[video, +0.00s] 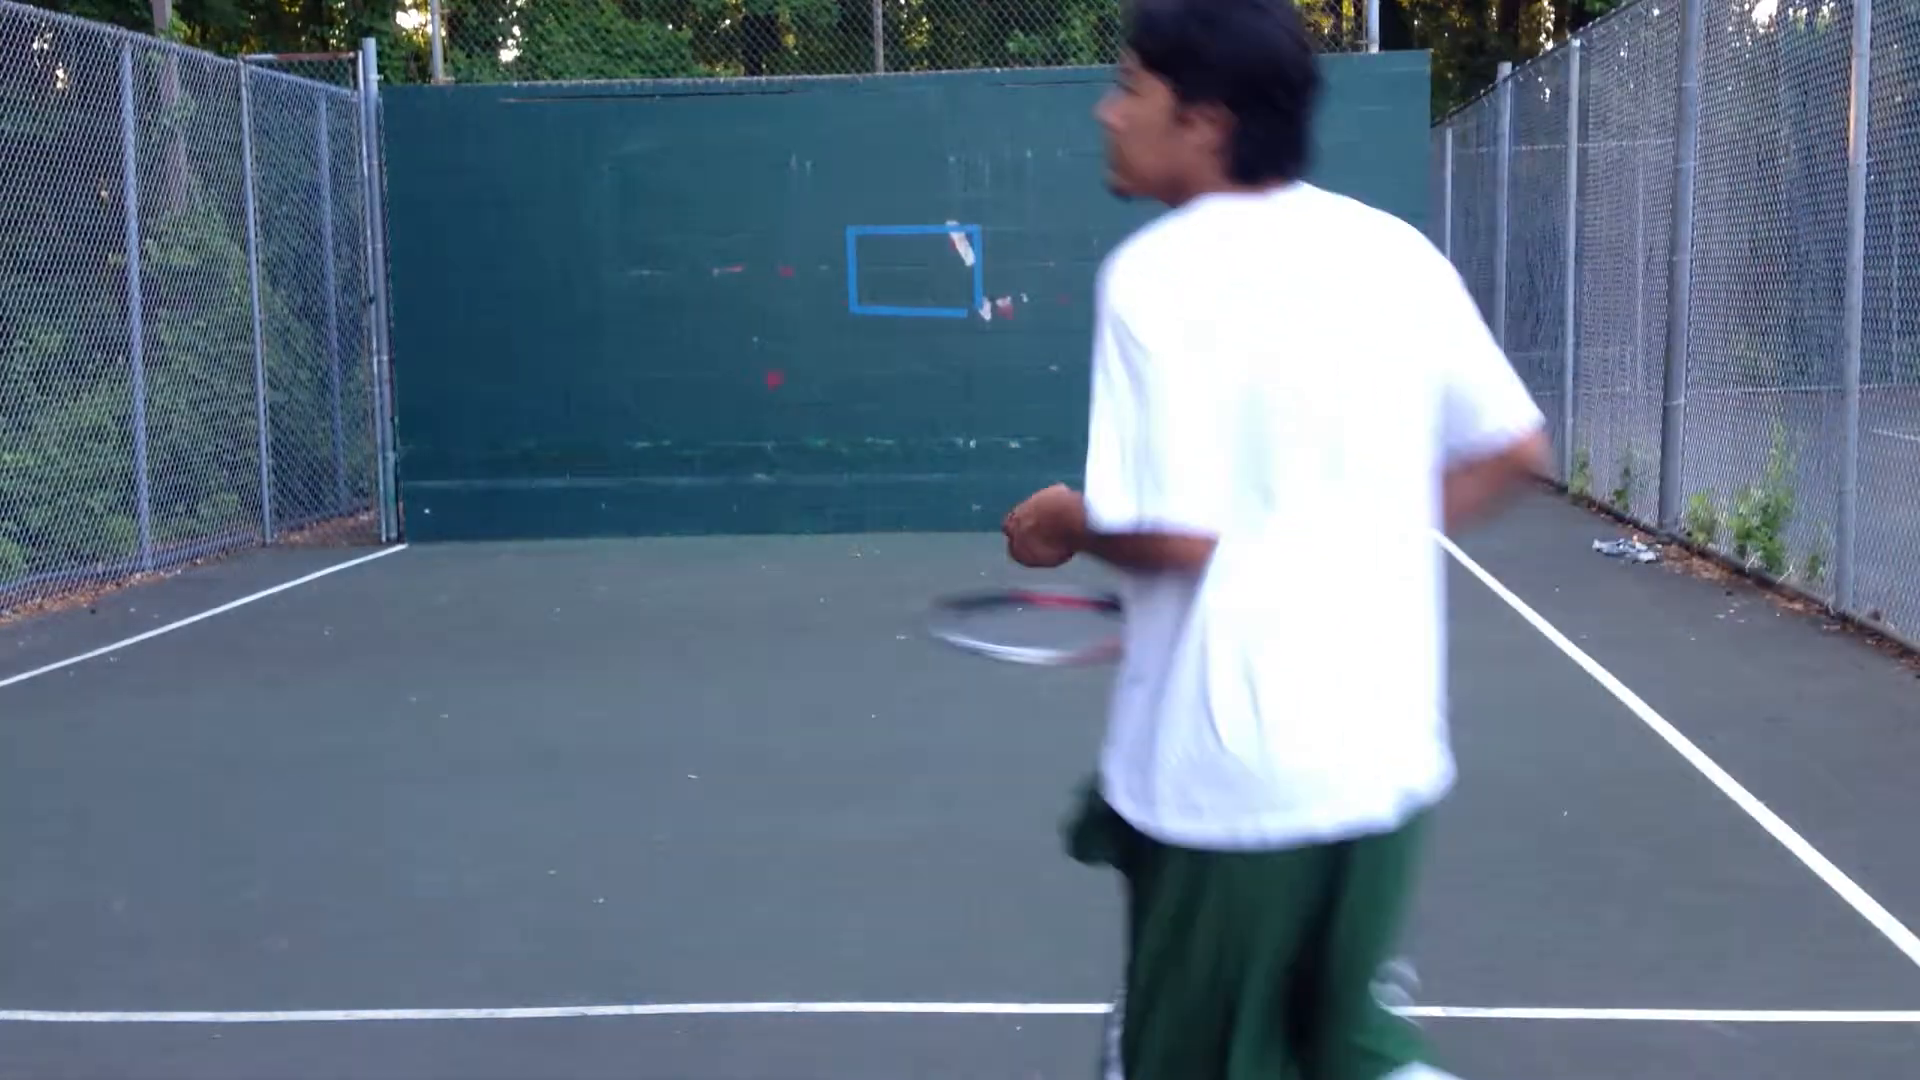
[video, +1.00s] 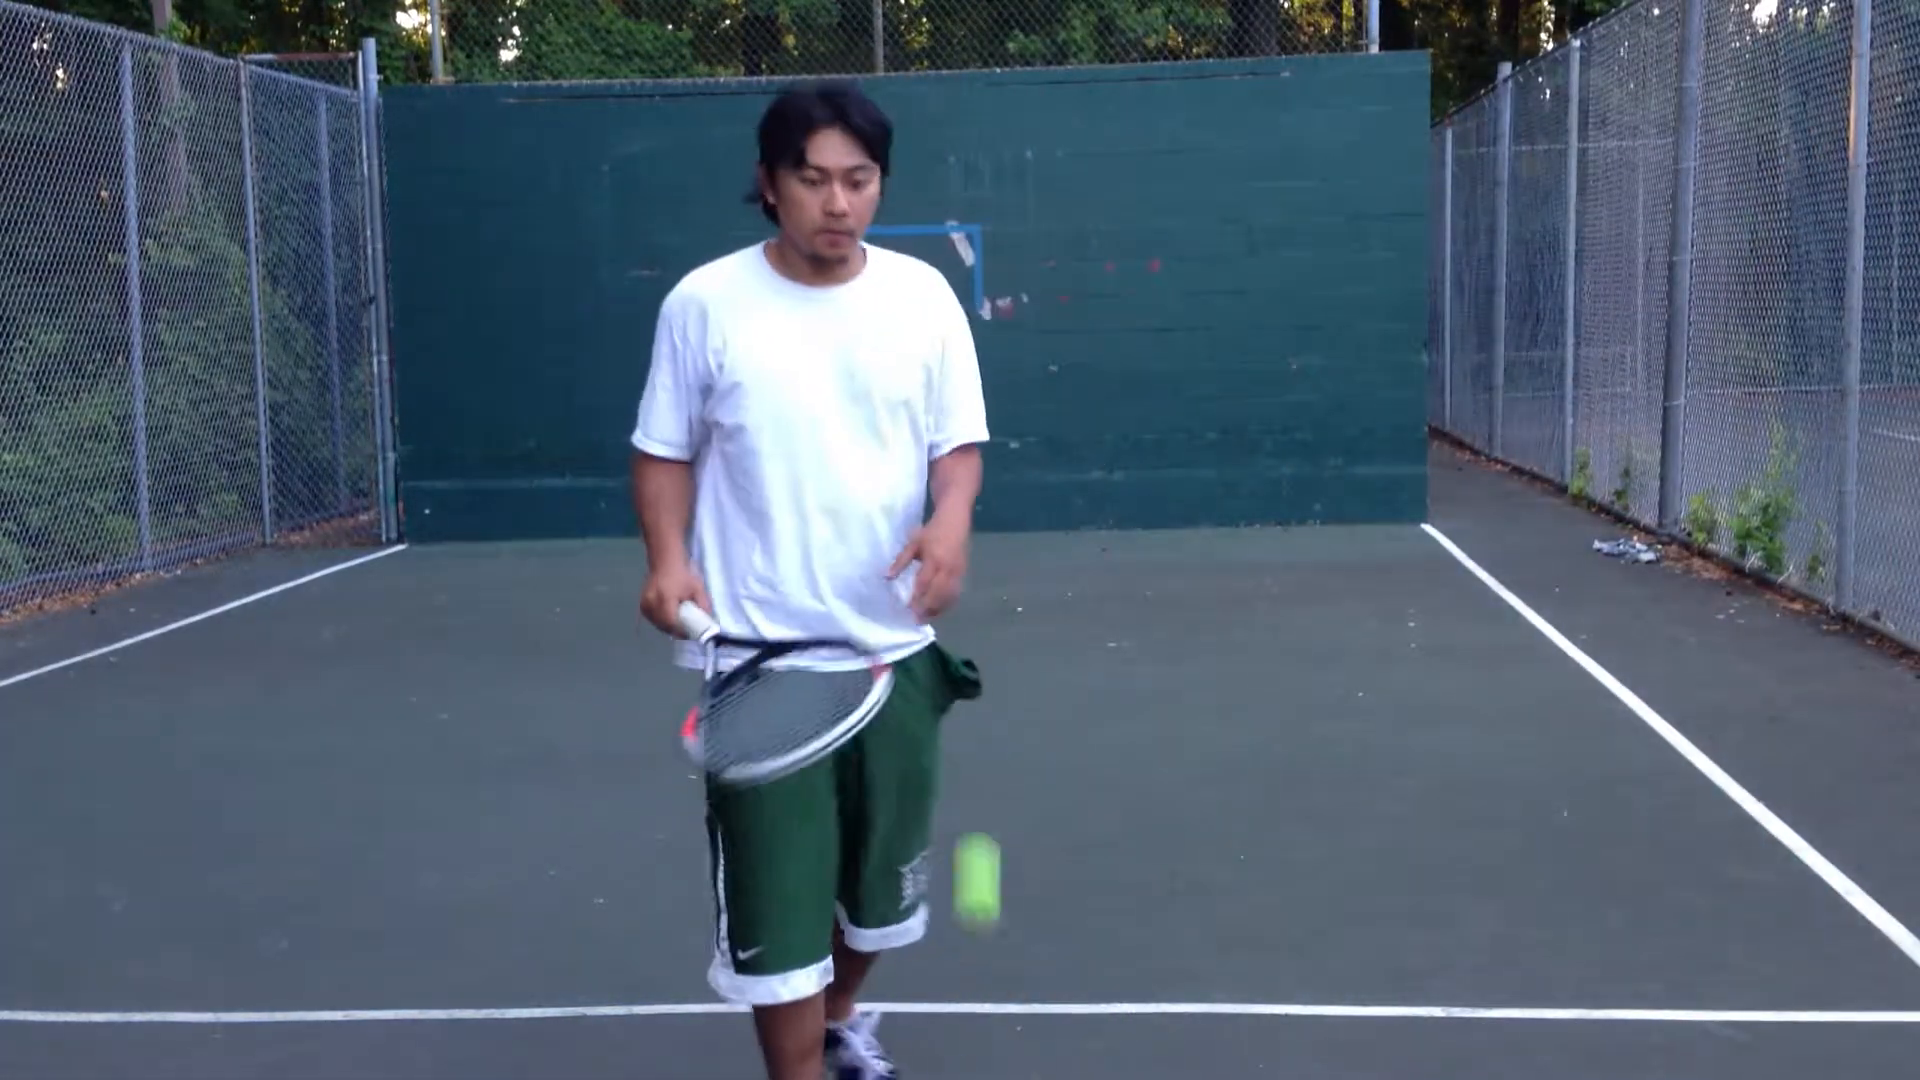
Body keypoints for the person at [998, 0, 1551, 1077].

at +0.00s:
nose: (1107, 109)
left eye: (1133, 87)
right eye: (1118, 83)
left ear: (1208, 121)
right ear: (1222, 120)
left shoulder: (1154, 273)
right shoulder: (1394, 246)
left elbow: (1177, 538)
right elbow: (1513, 449)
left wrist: (1075, 523)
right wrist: (1364, 524)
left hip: (1226, 777)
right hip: (1391, 752)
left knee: (1190, 1053)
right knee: (1347, 1027)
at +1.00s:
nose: (838, 201)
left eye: (856, 179)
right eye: (815, 180)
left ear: (879, 186)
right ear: (770, 187)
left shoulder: (923, 296)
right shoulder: (704, 304)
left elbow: (958, 439)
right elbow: (663, 451)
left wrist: (950, 526)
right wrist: (668, 557)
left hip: (893, 648)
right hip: (757, 654)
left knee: (879, 883)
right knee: (780, 912)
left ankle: (835, 1023)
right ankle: (797, 1076)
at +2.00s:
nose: (837, 249)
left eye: (836, 233)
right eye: (829, 234)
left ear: (772, 235)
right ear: (781, 237)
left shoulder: (794, 317)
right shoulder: (648, 324)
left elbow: (798, 455)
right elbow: (576, 457)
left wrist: (833, 556)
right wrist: (592, 580)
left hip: (766, 620)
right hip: (661, 630)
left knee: (774, 807)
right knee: (657, 841)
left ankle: (720, 984)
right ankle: (652, 1033)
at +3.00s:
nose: (881, 238)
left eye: (877, 224)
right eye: (880, 227)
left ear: (787, 214)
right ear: (865, 236)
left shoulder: (709, 278)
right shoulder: (870, 314)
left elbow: (683, 373)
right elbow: (896, 387)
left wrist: (773, 267)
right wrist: (798, 266)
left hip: (710, 573)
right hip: (822, 581)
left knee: (741, 771)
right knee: (839, 763)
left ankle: (779, 964)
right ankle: (804, 938)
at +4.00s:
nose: (621, 306)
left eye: (622, 290)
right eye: (618, 290)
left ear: (545, 287)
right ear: (589, 297)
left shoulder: (507, 358)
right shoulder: (499, 373)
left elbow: (549, 462)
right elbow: (467, 510)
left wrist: (663, 482)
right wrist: (582, 526)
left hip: (366, 638)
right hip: (415, 663)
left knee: (357, 850)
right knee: (426, 896)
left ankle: (267, 1003)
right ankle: (351, 1063)